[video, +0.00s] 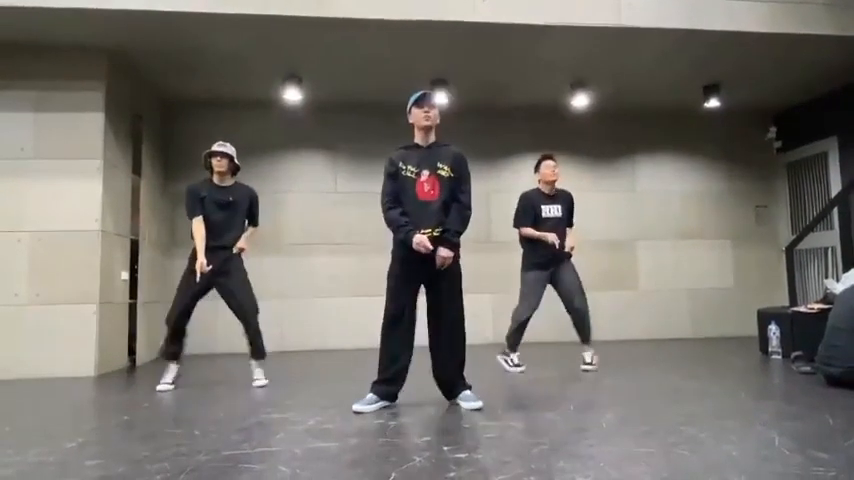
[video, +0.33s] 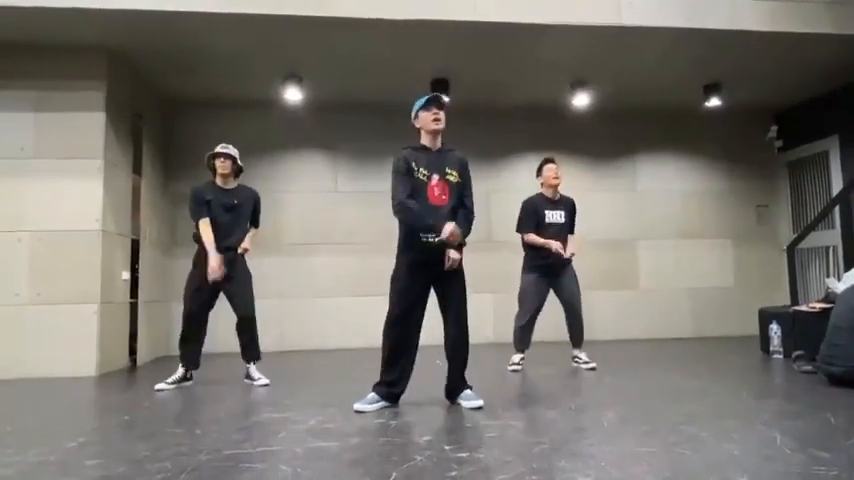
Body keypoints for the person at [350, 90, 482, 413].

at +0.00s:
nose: (427, 112)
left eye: (432, 107)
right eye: (421, 107)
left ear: (438, 115)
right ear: (410, 116)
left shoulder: (454, 158)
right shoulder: (397, 159)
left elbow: (462, 205)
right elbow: (390, 207)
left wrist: (449, 241)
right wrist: (410, 235)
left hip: (445, 251)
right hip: (407, 250)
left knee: (449, 320)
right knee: (397, 319)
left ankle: (456, 388)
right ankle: (385, 390)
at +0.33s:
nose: (437, 114)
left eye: (440, 110)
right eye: (429, 109)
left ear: (445, 118)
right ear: (416, 119)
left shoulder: (458, 161)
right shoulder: (406, 159)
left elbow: (466, 208)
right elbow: (401, 205)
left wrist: (457, 242)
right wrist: (441, 227)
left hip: (449, 255)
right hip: (413, 256)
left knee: (457, 323)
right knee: (400, 323)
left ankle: (458, 388)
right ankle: (387, 391)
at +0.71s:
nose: (421, 121)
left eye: (424, 116)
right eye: (415, 116)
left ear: (428, 123)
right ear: (399, 122)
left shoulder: (432, 168)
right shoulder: (387, 161)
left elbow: (437, 208)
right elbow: (389, 198)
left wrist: (438, 241)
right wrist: (436, 197)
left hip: (425, 257)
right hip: (392, 258)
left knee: (443, 325)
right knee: (385, 325)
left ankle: (452, 390)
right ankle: (374, 390)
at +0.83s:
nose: (408, 124)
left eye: (413, 120)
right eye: (402, 120)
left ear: (420, 127)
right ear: (392, 127)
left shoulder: (434, 169)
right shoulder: (378, 167)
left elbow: (441, 216)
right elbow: (369, 215)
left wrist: (427, 250)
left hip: (421, 263)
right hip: (382, 264)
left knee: (437, 325)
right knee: (379, 329)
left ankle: (458, 388)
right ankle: (377, 390)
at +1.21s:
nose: (410, 119)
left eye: (416, 114)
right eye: (407, 115)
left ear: (432, 117)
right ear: (403, 121)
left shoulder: (446, 146)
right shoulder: (408, 161)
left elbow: (459, 192)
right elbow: (399, 203)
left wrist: (441, 231)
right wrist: (374, 208)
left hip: (447, 249)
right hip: (414, 250)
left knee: (458, 317)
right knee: (398, 316)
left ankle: (475, 387)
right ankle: (381, 388)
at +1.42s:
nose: (442, 127)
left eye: (447, 122)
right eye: (436, 122)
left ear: (456, 128)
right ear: (427, 127)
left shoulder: (473, 166)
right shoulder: (417, 171)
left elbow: (481, 211)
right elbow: (412, 213)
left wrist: (466, 247)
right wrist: (412, 239)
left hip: (465, 257)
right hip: (429, 258)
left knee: (469, 326)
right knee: (415, 324)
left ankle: (474, 389)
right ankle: (404, 390)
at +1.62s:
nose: (455, 121)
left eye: (459, 117)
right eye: (448, 116)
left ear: (463, 124)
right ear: (434, 123)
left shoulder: (473, 167)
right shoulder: (421, 164)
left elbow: (482, 209)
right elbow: (417, 208)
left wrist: (469, 217)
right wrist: (453, 212)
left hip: (464, 257)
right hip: (430, 257)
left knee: (472, 323)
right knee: (418, 323)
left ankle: (475, 390)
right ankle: (401, 389)